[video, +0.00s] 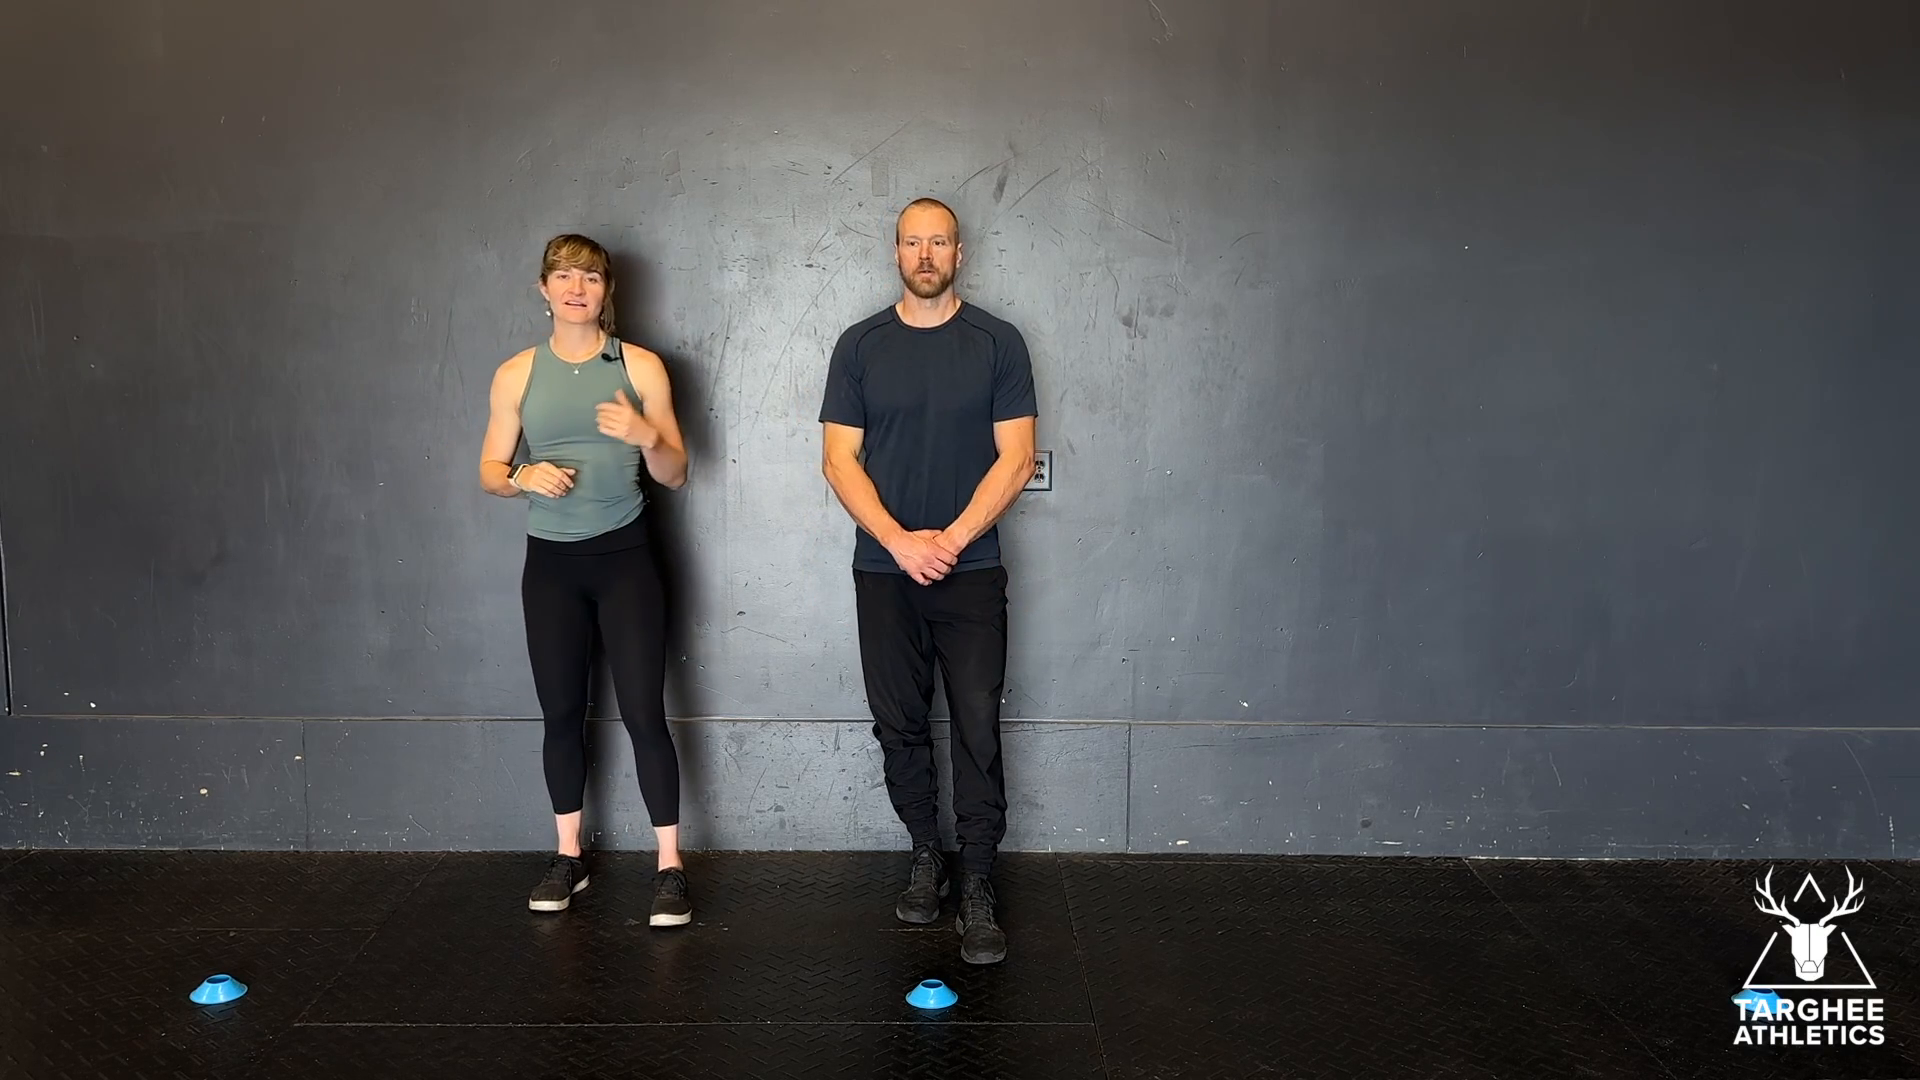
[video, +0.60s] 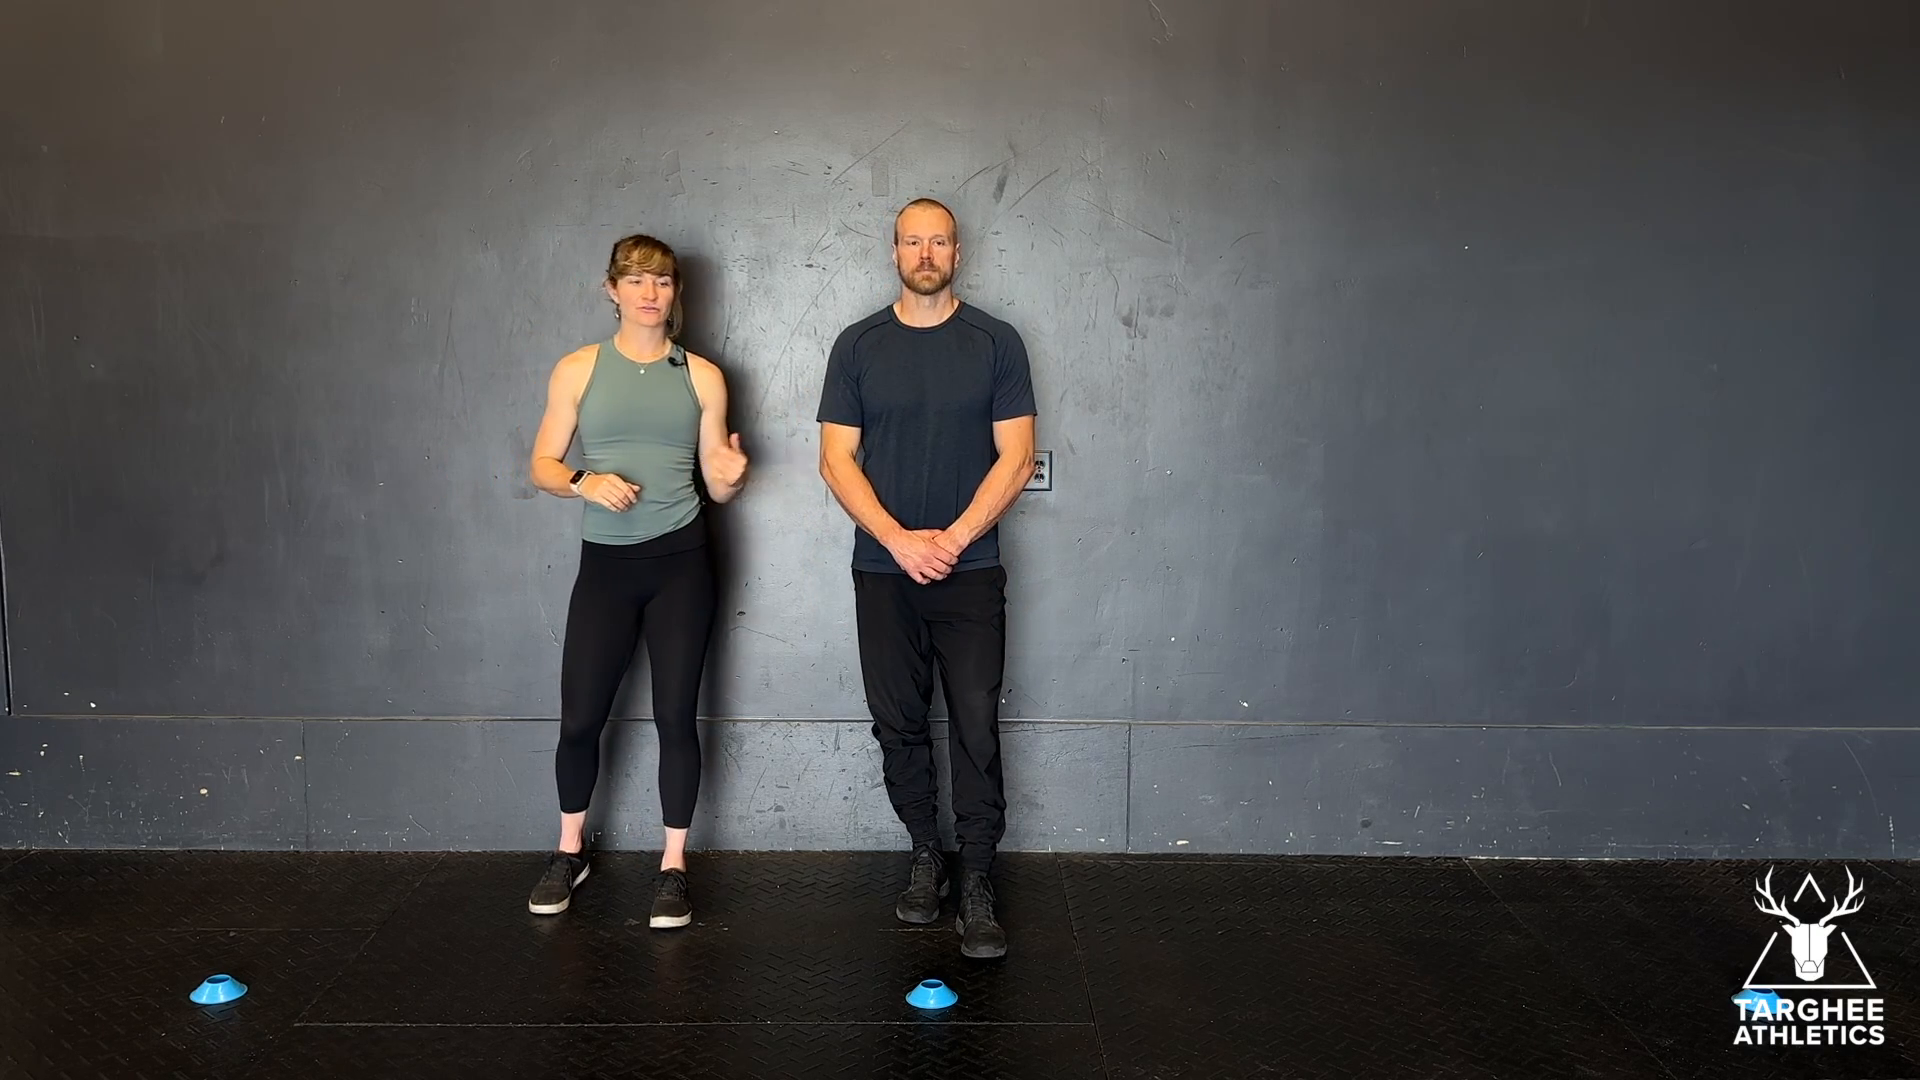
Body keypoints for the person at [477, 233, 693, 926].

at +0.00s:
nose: (576, 287)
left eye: (589, 276)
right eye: (563, 276)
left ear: (606, 288)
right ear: (545, 289)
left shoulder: (642, 368)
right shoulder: (516, 375)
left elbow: (674, 474)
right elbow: (492, 475)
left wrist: (646, 436)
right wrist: (524, 478)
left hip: (626, 558)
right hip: (551, 563)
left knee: (643, 712)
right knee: (561, 712)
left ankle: (670, 866)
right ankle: (569, 858)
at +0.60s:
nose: (651, 291)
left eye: (662, 280)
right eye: (637, 279)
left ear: (675, 291)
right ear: (614, 290)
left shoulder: (703, 377)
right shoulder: (577, 371)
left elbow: (717, 483)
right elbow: (544, 467)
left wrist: (728, 470)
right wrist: (584, 482)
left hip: (682, 560)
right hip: (605, 563)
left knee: (676, 715)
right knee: (579, 719)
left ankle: (673, 866)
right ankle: (569, 855)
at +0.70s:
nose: (668, 292)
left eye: (678, 281)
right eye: (653, 281)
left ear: (688, 292)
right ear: (625, 292)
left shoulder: (712, 380)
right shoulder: (588, 369)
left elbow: (729, 486)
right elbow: (549, 464)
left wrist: (761, 464)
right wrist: (594, 480)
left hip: (687, 561)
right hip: (612, 563)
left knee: (680, 715)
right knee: (579, 721)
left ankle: (674, 865)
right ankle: (570, 848)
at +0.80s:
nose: (681, 295)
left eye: (690, 284)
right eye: (666, 283)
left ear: (699, 295)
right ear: (637, 292)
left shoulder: (719, 381)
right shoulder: (597, 367)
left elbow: (739, 487)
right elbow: (556, 461)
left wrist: (791, 472)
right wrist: (602, 482)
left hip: (692, 561)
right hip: (615, 563)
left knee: (682, 715)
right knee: (585, 723)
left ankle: (674, 865)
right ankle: (575, 844)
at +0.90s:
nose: (694, 298)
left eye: (701, 287)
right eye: (679, 286)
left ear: (708, 298)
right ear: (646, 294)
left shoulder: (724, 385)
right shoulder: (603, 368)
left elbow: (751, 490)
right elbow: (558, 458)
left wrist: (798, 478)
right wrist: (609, 483)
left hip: (695, 563)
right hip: (618, 565)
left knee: (683, 716)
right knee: (594, 727)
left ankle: (673, 864)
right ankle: (589, 839)